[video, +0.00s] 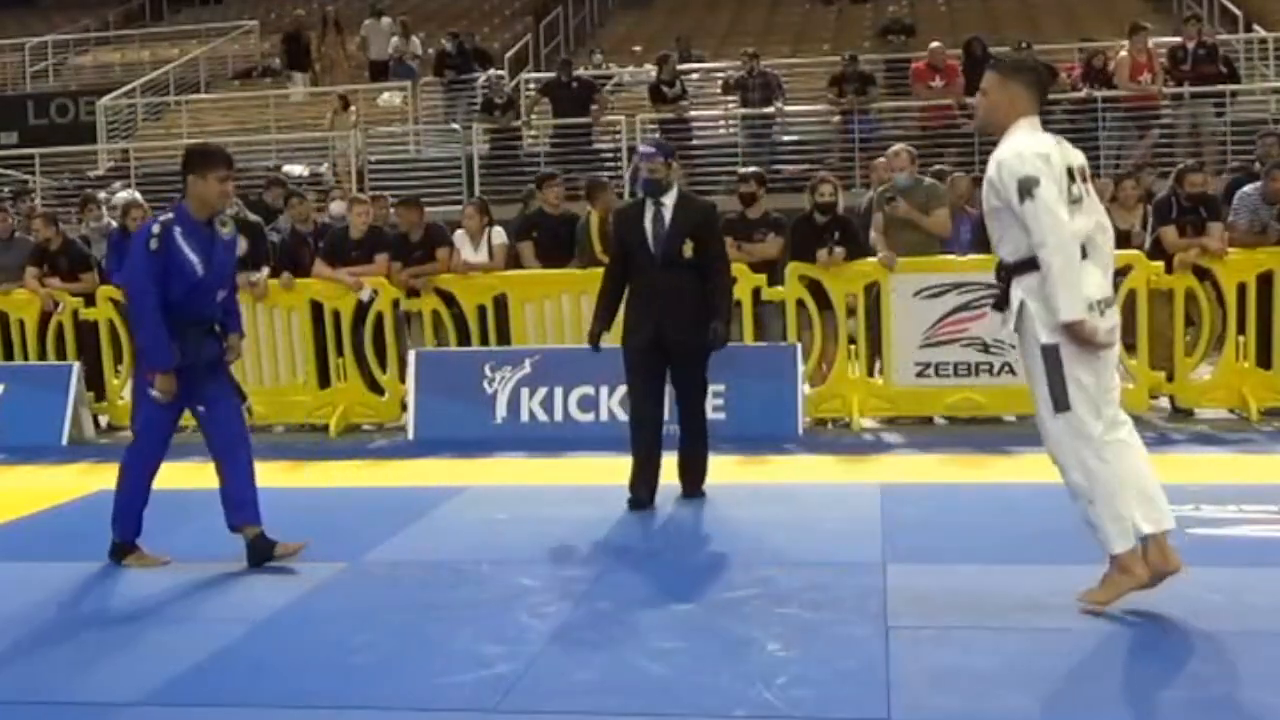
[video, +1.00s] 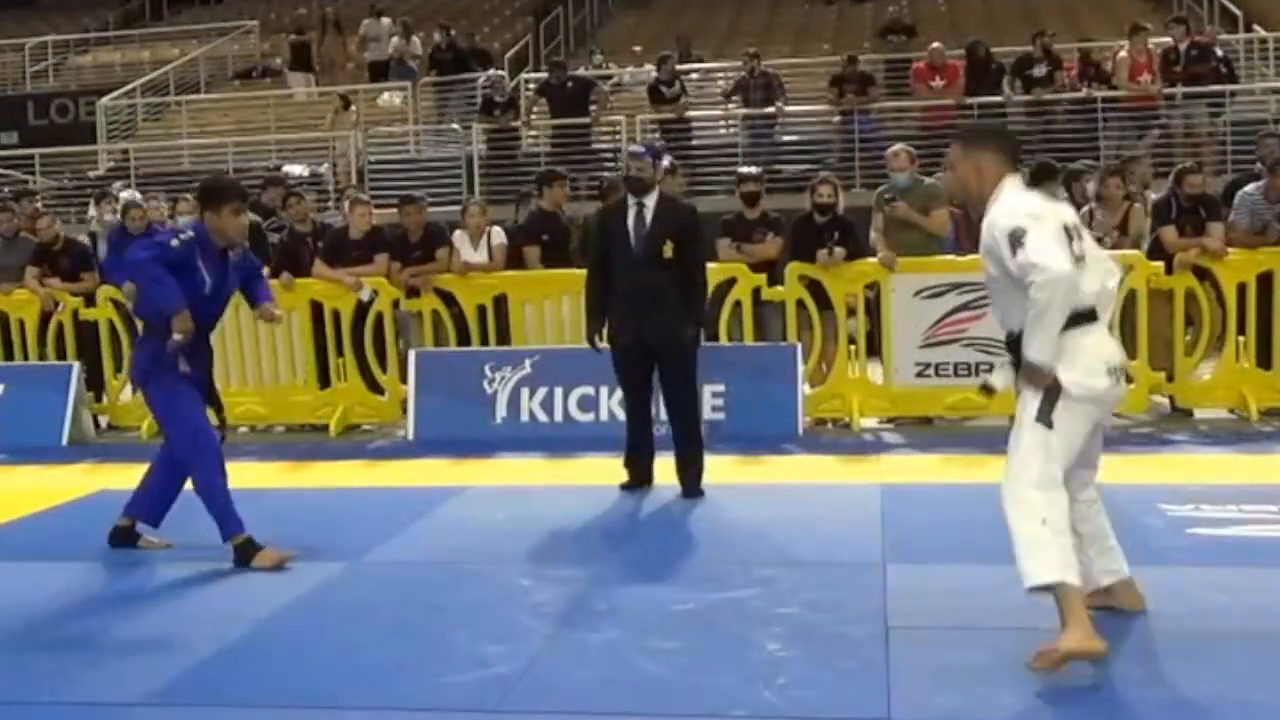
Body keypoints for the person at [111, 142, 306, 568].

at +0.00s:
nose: (231, 190)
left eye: (232, 181)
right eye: (223, 181)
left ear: (216, 184)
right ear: (194, 182)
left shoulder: (224, 234)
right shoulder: (155, 236)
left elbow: (226, 290)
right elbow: (142, 302)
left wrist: (233, 330)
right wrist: (161, 364)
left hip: (208, 357)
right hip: (164, 359)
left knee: (232, 441)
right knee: (148, 450)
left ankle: (255, 539)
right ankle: (123, 543)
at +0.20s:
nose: (195, 180)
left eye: (197, 172)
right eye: (187, 171)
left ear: (194, 175)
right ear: (160, 172)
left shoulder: (200, 221)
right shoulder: (125, 219)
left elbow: (209, 276)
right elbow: (100, 288)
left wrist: (217, 312)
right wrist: (130, 345)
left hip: (188, 336)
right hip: (143, 339)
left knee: (214, 424)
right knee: (134, 436)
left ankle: (178, 524)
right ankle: (123, 540)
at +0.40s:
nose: (184, 180)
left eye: (185, 172)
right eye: (175, 172)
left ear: (183, 176)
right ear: (147, 175)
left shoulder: (192, 223)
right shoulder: (117, 226)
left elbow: (212, 272)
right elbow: (92, 293)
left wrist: (223, 309)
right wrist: (118, 342)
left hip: (183, 339)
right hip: (140, 342)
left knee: (175, 436)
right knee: (138, 435)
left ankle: (135, 514)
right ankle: (123, 540)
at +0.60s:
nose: (195, 189)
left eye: (196, 181)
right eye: (186, 180)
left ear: (187, 184)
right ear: (159, 182)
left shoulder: (190, 235)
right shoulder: (129, 229)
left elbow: (205, 280)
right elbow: (106, 293)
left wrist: (226, 300)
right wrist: (138, 339)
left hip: (175, 346)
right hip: (140, 348)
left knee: (158, 429)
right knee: (172, 426)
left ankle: (126, 520)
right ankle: (138, 522)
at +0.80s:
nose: (218, 196)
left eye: (218, 188)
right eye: (210, 187)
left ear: (204, 191)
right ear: (184, 188)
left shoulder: (204, 235)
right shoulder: (147, 226)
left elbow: (203, 285)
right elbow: (101, 271)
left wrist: (220, 304)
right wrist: (142, 311)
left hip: (180, 345)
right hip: (147, 344)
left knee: (165, 435)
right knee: (187, 425)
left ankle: (127, 524)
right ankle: (205, 533)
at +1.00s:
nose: (246, 222)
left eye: (245, 214)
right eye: (237, 215)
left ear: (234, 216)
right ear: (212, 217)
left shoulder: (235, 250)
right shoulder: (185, 242)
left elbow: (253, 276)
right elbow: (138, 261)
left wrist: (263, 302)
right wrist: (175, 308)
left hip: (194, 359)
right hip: (160, 359)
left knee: (186, 441)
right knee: (201, 441)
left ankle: (129, 525)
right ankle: (241, 543)